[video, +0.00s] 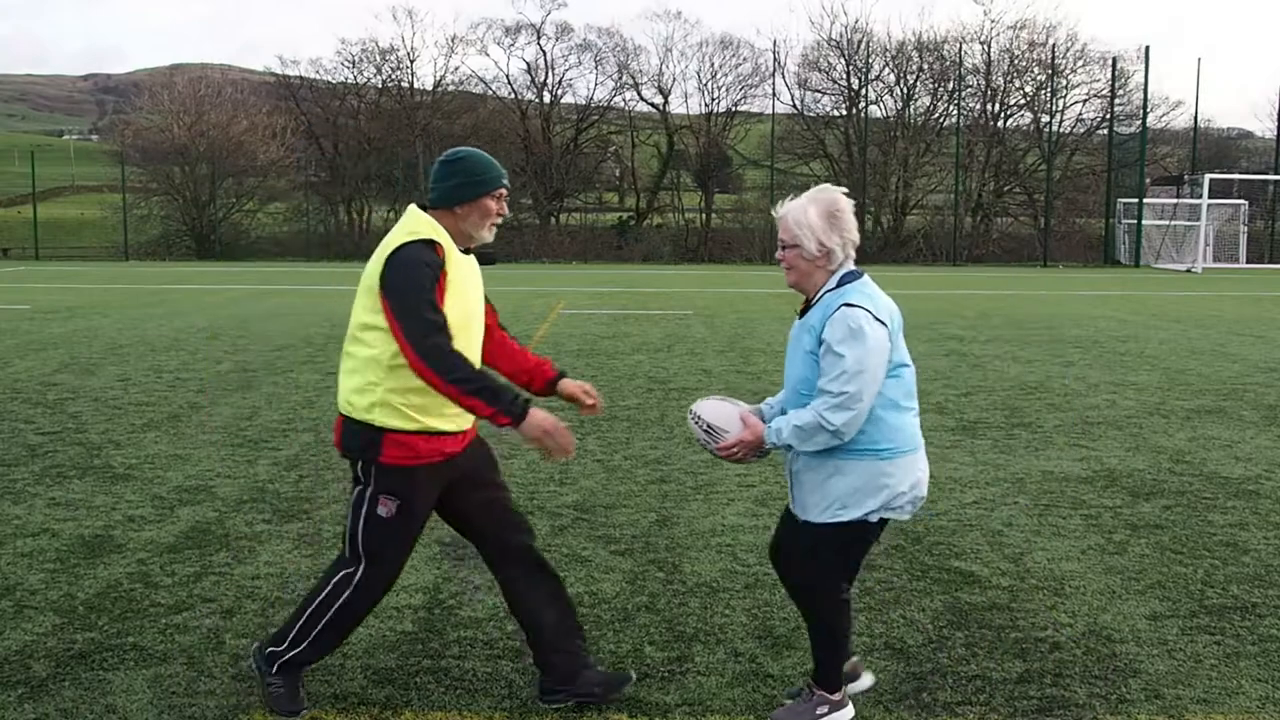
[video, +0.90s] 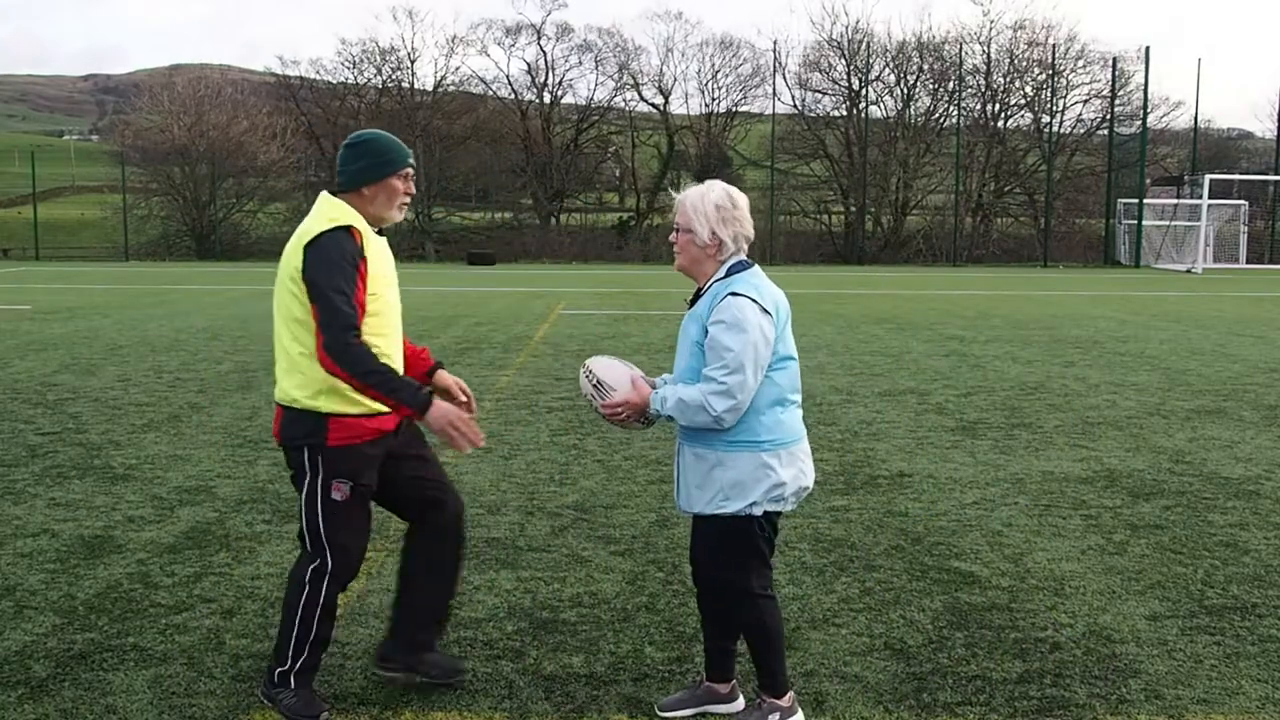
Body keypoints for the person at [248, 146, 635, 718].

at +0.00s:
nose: (503, 211)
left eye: (504, 199)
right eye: (494, 200)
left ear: (463, 202)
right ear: (458, 202)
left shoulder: (456, 255)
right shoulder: (412, 256)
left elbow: (488, 336)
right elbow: (435, 358)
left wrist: (555, 381)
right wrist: (522, 412)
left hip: (453, 439)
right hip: (394, 444)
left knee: (514, 550)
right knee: (366, 571)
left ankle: (566, 674)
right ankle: (280, 659)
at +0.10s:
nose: (550, 231)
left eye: (552, 219)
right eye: (542, 219)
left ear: (508, 225)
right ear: (507, 221)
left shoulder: (499, 275)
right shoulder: (461, 272)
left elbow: (546, 341)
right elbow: (506, 355)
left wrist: (625, 365)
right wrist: (608, 390)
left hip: (483, 446)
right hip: (429, 451)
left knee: (558, 543)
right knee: (408, 590)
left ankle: (574, 678)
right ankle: (302, 651)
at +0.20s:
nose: (590, 242)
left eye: (590, 233)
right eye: (583, 232)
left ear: (547, 233)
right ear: (551, 235)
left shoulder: (530, 280)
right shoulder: (503, 280)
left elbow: (584, 345)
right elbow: (566, 358)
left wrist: (668, 353)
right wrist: (671, 363)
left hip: (499, 450)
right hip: (447, 453)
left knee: (576, 538)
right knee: (434, 598)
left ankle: (577, 680)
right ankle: (314, 647)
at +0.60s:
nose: (552, 235)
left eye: (552, 224)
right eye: (544, 224)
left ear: (508, 228)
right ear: (509, 225)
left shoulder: (500, 276)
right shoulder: (465, 274)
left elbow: (538, 344)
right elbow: (512, 352)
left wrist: (613, 365)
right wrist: (617, 352)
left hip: (490, 451)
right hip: (437, 456)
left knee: (568, 539)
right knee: (434, 599)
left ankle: (578, 678)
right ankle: (310, 652)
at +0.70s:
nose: (492, 210)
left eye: (494, 200)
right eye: (486, 198)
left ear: (452, 199)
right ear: (451, 196)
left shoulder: (447, 246)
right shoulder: (409, 249)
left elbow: (469, 334)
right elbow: (447, 343)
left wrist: (548, 364)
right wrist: (547, 365)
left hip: (459, 435)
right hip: (406, 438)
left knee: (520, 544)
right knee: (400, 575)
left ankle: (573, 673)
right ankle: (299, 665)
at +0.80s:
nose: (446, 194)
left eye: (446, 183)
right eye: (436, 183)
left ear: (408, 189)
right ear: (400, 186)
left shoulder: (401, 238)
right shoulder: (368, 240)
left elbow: (413, 328)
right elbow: (390, 340)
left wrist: (471, 361)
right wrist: (483, 383)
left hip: (414, 424)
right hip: (364, 430)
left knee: (474, 535)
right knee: (354, 558)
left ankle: (519, 660)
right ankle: (290, 680)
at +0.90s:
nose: (410, 190)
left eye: (410, 179)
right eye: (401, 178)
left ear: (371, 186)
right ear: (364, 182)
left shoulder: (367, 236)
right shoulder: (332, 238)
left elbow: (376, 332)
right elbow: (340, 346)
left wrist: (432, 373)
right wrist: (422, 403)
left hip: (381, 420)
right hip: (326, 425)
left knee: (441, 514)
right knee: (331, 556)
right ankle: (288, 682)